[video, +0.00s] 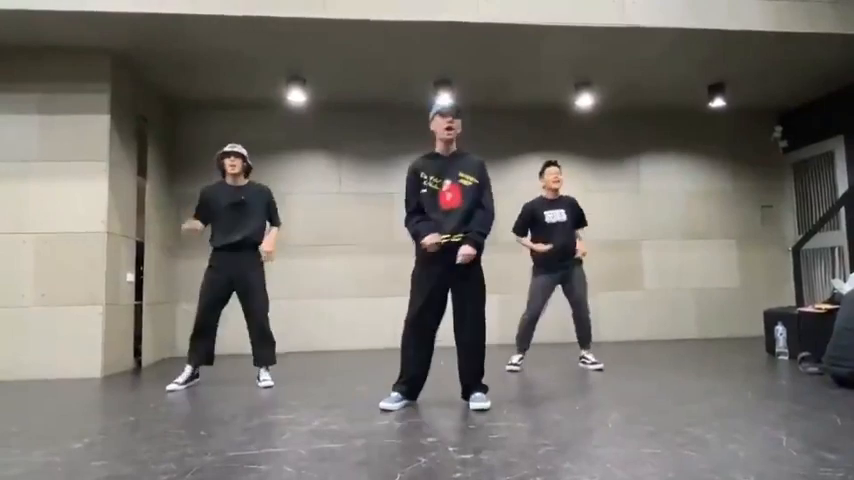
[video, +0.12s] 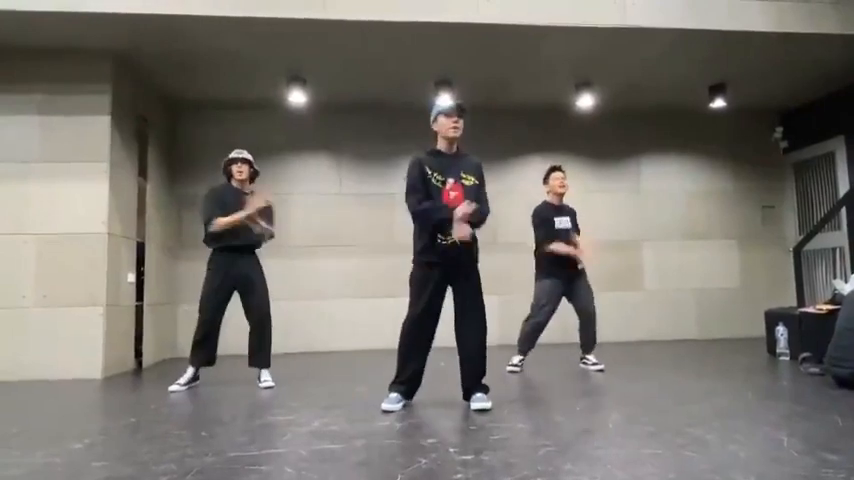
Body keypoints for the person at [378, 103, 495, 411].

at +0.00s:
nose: (450, 123)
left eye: (454, 118)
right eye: (443, 117)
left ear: (460, 126)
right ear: (431, 125)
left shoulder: (475, 166)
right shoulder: (419, 168)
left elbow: (485, 209)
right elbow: (412, 212)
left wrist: (473, 241)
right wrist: (424, 233)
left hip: (467, 257)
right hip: (431, 258)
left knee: (471, 325)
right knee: (419, 323)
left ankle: (474, 389)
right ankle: (405, 389)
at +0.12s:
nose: (455, 121)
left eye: (459, 117)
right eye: (448, 116)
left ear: (463, 124)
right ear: (434, 123)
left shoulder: (473, 167)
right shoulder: (421, 164)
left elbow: (482, 209)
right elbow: (417, 208)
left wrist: (469, 217)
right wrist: (453, 212)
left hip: (464, 257)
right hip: (430, 257)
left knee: (472, 323)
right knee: (418, 323)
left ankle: (475, 390)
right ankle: (401, 389)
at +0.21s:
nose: (453, 123)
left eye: (456, 119)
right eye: (446, 118)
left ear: (460, 126)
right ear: (432, 125)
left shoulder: (470, 165)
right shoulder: (419, 163)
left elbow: (474, 210)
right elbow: (420, 197)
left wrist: (455, 207)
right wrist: (466, 199)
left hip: (461, 253)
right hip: (427, 254)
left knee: (470, 321)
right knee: (417, 321)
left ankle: (476, 390)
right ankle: (400, 389)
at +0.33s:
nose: (441, 125)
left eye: (445, 120)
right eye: (435, 120)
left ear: (452, 126)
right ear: (424, 126)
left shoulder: (464, 165)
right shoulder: (414, 163)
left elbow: (481, 205)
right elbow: (395, 191)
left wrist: (470, 178)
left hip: (455, 260)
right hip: (419, 259)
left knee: (464, 324)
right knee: (411, 324)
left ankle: (475, 390)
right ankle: (402, 390)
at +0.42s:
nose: (434, 126)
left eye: (439, 121)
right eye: (428, 121)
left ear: (447, 126)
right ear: (419, 127)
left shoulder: (464, 168)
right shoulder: (406, 168)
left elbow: (490, 199)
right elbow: (374, 194)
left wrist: (515, 174)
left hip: (451, 263)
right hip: (414, 263)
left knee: (461, 327)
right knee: (408, 327)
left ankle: (475, 391)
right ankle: (402, 391)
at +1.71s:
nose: (456, 130)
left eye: (459, 124)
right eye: (449, 125)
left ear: (466, 129)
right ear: (437, 133)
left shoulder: (482, 169)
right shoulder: (425, 171)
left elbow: (501, 204)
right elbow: (399, 202)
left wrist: (505, 170)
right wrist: (384, 180)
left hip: (461, 261)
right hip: (425, 261)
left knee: (465, 326)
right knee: (419, 321)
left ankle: (475, 389)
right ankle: (430, 385)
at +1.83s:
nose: (438, 125)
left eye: (444, 120)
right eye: (433, 120)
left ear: (455, 125)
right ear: (425, 127)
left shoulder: (465, 157)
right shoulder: (421, 165)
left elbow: (505, 179)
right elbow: (416, 202)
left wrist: (481, 196)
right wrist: (397, 202)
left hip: (446, 254)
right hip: (418, 255)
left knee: (452, 321)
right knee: (422, 324)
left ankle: (475, 388)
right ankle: (433, 388)